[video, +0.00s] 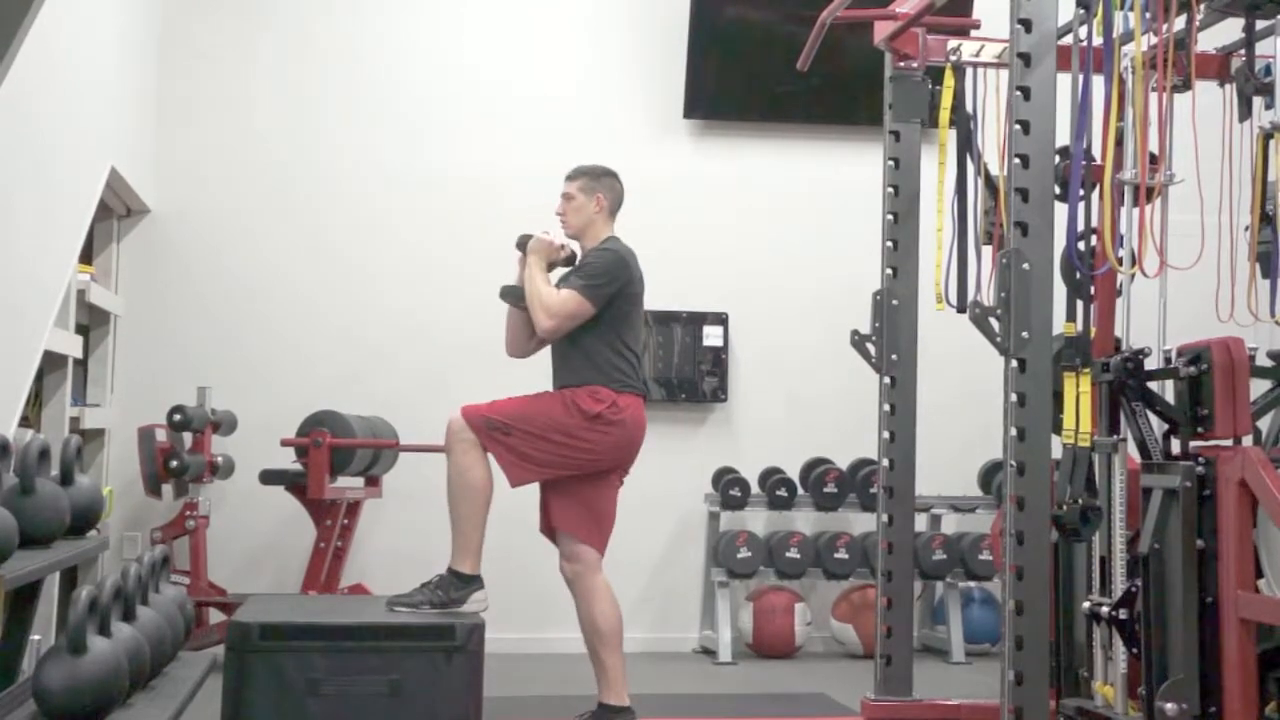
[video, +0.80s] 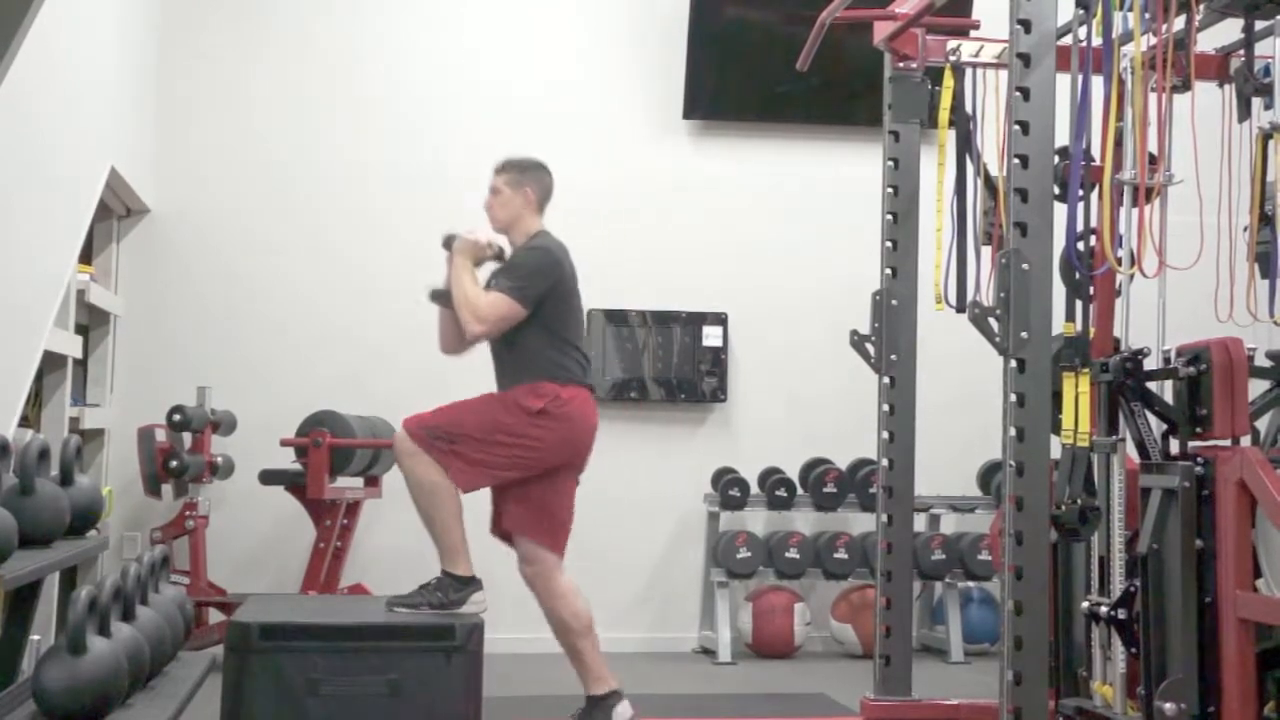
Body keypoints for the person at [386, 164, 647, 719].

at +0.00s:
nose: (558, 208)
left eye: (569, 198)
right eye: (561, 198)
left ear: (602, 204)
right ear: (595, 207)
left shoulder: (612, 258)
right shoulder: (581, 268)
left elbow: (550, 322)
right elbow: (520, 344)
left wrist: (536, 262)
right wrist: (527, 277)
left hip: (602, 411)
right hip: (602, 418)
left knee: (466, 427)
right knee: (581, 560)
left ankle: (462, 578)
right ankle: (616, 705)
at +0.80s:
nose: (487, 202)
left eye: (496, 192)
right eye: (489, 192)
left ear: (528, 196)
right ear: (523, 197)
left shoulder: (544, 254)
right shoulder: (519, 264)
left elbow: (477, 321)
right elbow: (453, 341)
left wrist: (462, 259)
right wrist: (454, 278)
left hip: (550, 406)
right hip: (559, 415)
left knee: (414, 441)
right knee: (540, 563)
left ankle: (457, 578)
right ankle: (604, 696)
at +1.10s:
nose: (451, 95)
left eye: (459, 85)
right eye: (452, 85)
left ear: (491, 87)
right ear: (490, 89)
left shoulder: (503, 146)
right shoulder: (487, 153)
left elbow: (434, 209)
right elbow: (422, 238)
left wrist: (422, 151)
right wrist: (420, 171)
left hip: (510, 307)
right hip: (501, 307)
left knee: (417, 424)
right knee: (416, 424)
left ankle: (458, 577)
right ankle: (499, 515)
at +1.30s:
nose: (446, 61)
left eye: (454, 50)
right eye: (448, 51)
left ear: (486, 51)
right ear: (486, 52)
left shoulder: (499, 108)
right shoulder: (478, 113)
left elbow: (428, 173)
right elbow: (424, 204)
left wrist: (418, 115)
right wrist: (424, 130)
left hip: (495, 281)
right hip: (460, 267)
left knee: (452, 430)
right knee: (356, 255)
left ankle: (461, 579)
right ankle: (385, 388)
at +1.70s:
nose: (445, 62)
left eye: (453, 50)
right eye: (447, 52)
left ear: (486, 50)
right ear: (487, 52)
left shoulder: (497, 107)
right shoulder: (482, 112)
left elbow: (427, 175)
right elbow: (425, 206)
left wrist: (417, 114)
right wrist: (424, 134)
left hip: (494, 284)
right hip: (459, 275)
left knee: (453, 429)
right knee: (359, 309)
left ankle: (462, 579)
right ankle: (434, 427)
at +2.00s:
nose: (446, 116)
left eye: (452, 104)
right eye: (447, 106)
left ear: (482, 103)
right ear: (489, 105)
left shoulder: (500, 164)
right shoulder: (492, 170)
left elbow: (434, 231)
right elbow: (421, 256)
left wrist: (422, 169)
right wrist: (426, 187)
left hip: (522, 331)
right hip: (542, 331)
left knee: (423, 439)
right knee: (527, 488)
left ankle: (458, 581)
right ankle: (581, 625)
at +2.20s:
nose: (472, 195)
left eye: (481, 184)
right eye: (474, 185)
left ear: (514, 187)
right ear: (510, 189)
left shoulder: (532, 246)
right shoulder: (511, 253)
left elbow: (462, 308)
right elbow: (442, 328)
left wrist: (452, 245)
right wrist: (447, 263)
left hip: (553, 402)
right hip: (571, 410)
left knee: (421, 442)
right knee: (564, 565)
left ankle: (460, 581)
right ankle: (617, 699)